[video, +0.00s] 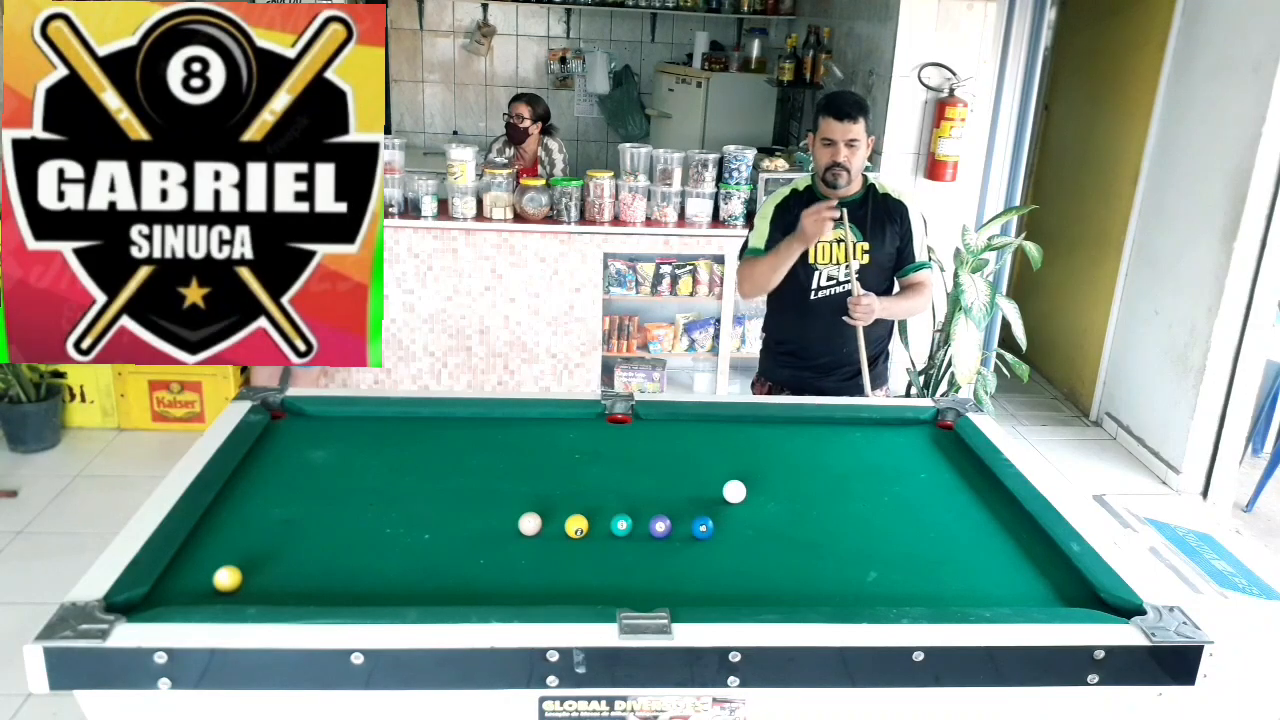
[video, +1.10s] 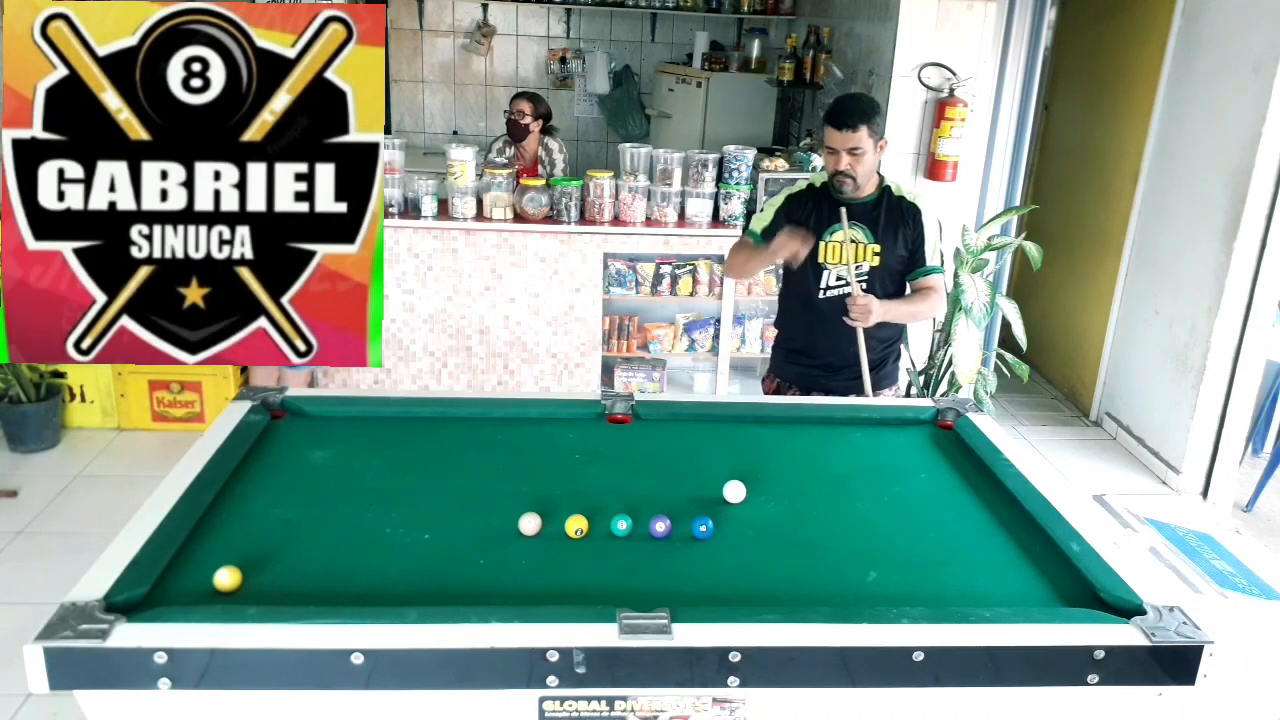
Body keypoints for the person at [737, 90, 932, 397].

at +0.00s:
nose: (839, 156)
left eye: (851, 145)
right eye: (828, 144)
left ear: (869, 148)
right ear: (811, 145)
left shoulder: (894, 212)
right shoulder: (782, 206)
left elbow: (921, 293)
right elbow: (747, 286)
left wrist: (881, 307)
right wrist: (799, 241)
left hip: (862, 393)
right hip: (784, 390)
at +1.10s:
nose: (841, 165)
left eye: (854, 153)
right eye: (832, 152)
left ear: (881, 149)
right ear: (822, 149)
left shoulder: (908, 216)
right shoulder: (795, 204)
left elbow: (933, 299)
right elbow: (733, 266)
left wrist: (882, 310)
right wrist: (772, 252)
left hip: (873, 393)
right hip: (794, 387)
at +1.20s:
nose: (842, 167)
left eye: (856, 155)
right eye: (833, 154)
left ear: (884, 152)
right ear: (825, 150)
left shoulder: (914, 217)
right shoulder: (798, 208)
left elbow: (938, 297)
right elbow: (740, 272)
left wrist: (889, 320)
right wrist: (754, 292)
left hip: (878, 394)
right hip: (799, 389)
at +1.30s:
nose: (846, 170)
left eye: (859, 158)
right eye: (837, 157)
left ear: (887, 154)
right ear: (829, 151)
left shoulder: (919, 217)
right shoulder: (806, 214)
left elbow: (944, 295)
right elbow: (761, 286)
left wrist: (900, 345)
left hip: (888, 397)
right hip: (808, 393)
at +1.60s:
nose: (858, 174)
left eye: (872, 161)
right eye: (850, 161)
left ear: (902, 159)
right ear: (843, 156)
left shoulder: (942, 216)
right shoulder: (823, 216)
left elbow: (966, 302)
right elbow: (779, 289)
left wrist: (907, 328)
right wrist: (780, 338)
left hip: (905, 397)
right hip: (825, 392)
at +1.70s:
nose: (863, 172)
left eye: (877, 160)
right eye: (856, 159)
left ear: (907, 159)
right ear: (849, 154)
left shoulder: (945, 215)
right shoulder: (826, 215)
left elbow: (968, 305)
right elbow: (787, 290)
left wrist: (908, 300)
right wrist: (803, 337)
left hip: (908, 397)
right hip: (832, 392)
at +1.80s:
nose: (869, 169)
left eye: (884, 158)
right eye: (863, 155)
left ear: (914, 157)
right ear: (856, 151)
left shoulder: (945, 212)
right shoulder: (834, 213)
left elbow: (973, 303)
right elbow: (805, 291)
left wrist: (923, 265)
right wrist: (825, 352)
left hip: (909, 396)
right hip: (836, 390)